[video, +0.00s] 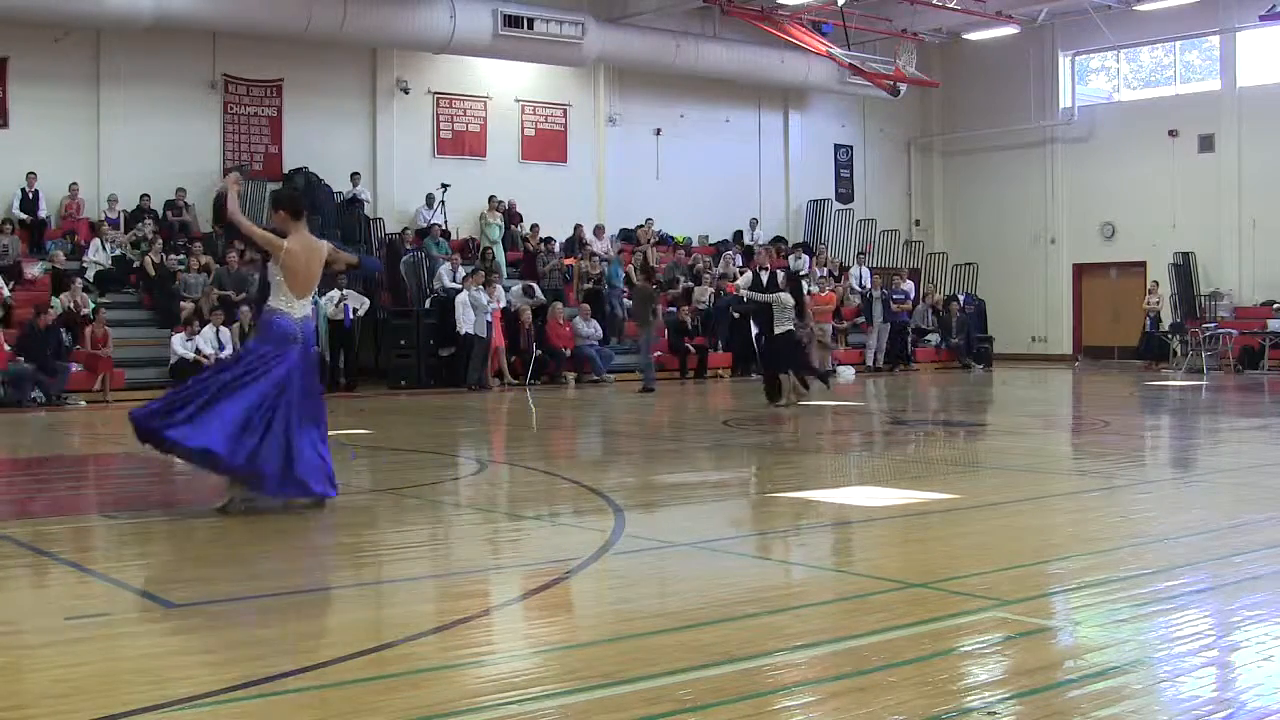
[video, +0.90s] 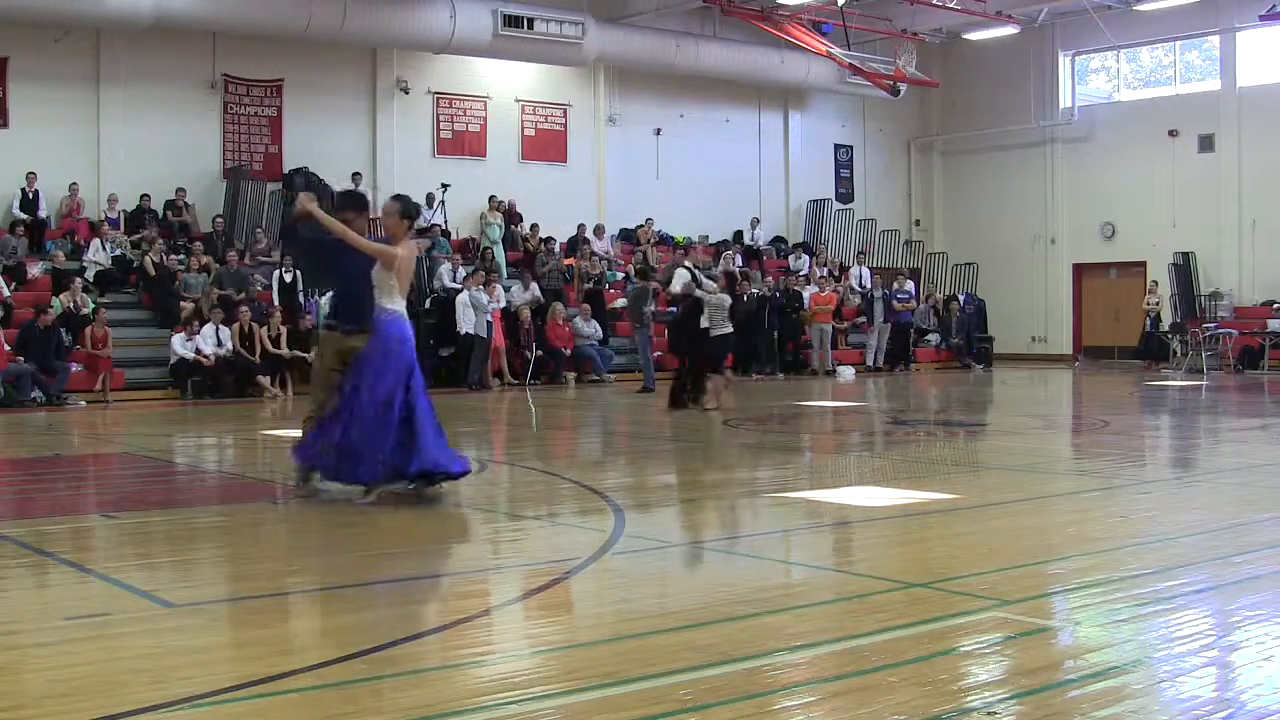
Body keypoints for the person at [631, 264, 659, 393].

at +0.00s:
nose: (639, 279)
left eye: (640, 277)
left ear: (641, 276)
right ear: (651, 277)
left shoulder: (636, 289)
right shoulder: (651, 291)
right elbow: (657, 306)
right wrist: (659, 319)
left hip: (641, 322)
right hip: (648, 322)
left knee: (645, 352)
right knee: (646, 352)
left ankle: (648, 382)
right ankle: (648, 381)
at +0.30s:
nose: (635, 277)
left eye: (637, 275)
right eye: (635, 275)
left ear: (641, 276)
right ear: (644, 276)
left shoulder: (646, 289)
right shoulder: (638, 289)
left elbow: (656, 304)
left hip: (644, 324)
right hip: (638, 323)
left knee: (646, 354)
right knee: (645, 354)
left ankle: (649, 383)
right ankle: (649, 382)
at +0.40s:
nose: (635, 279)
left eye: (637, 277)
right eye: (635, 276)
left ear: (642, 277)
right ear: (640, 277)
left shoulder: (646, 289)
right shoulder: (638, 289)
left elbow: (655, 303)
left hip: (644, 324)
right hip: (639, 324)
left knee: (645, 354)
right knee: (644, 354)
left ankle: (649, 383)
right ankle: (648, 382)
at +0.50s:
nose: (635, 279)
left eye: (637, 276)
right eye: (635, 276)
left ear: (641, 277)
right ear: (643, 277)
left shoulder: (644, 291)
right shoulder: (639, 290)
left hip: (643, 325)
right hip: (638, 325)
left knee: (645, 354)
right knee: (644, 354)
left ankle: (649, 383)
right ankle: (649, 382)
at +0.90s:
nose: (635, 278)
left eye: (636, 276)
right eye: (637, 275)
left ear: (638, 276)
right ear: (647, 276)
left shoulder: (641, 291)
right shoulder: (650, 289)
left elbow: (633, 305)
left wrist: (634, 322)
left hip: (642, 326)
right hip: (647, 324)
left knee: (644, 355)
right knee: (646, 354)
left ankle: (648, 383)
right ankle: (649, 382)